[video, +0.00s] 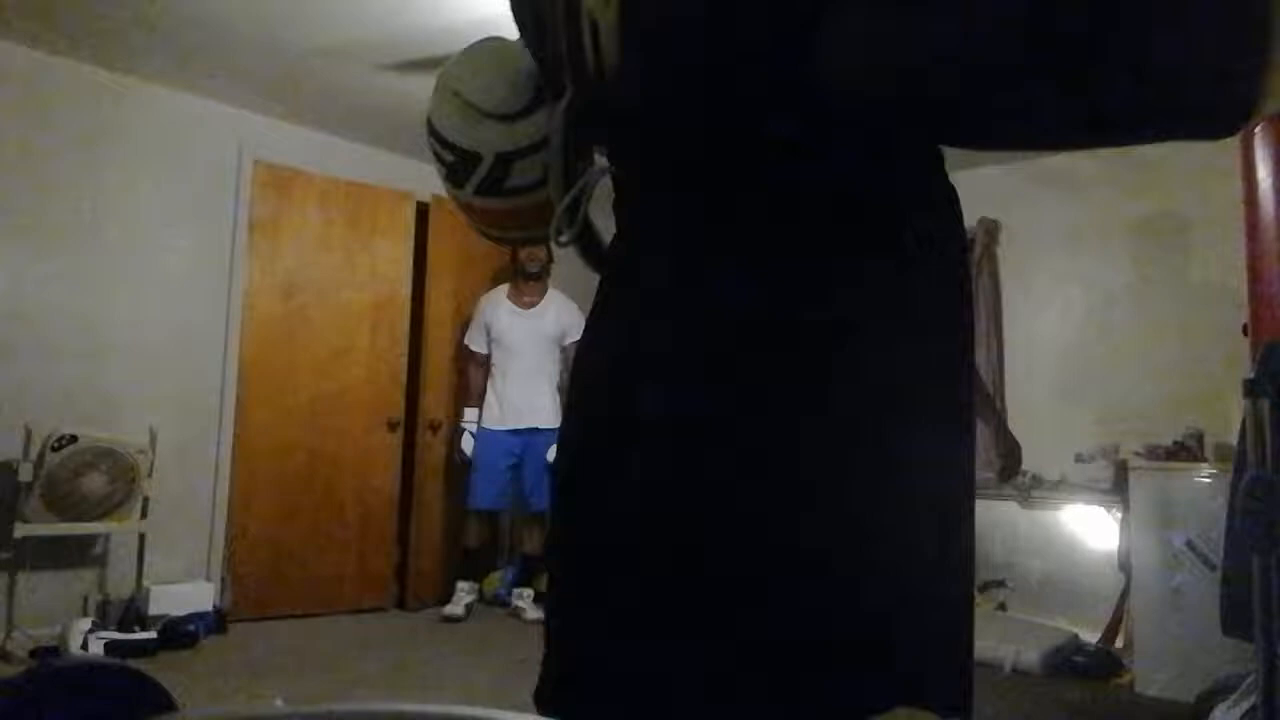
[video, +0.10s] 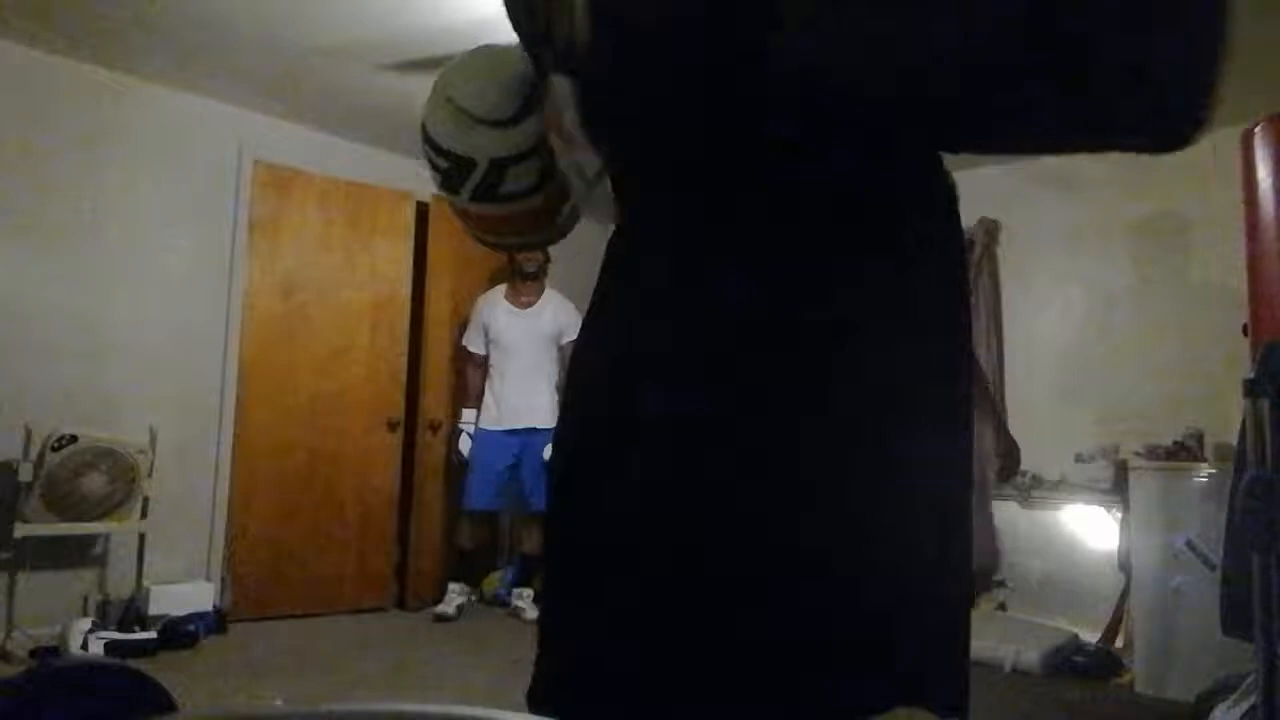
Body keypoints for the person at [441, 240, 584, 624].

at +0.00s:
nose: (533, 256)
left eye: (539, 250)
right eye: (526, 249)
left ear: (549, 259)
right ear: (515, 257)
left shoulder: (566, 311)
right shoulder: (491, 304)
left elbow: (576, 374)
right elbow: (477, 364)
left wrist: (569, 432)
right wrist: (470, 420)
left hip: (544, 428)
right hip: (496, 425)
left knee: (537, 513)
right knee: (480, 509)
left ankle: (525, 590)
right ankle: (467, 586)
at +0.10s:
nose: (530, 259)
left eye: (536, 254)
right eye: (524, 253)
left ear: (546, 261)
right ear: (511, 259)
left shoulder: (563, 310)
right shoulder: (488, 304)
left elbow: (574, 374)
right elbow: (475, 366)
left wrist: (565, 431)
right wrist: (467, 422)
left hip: (542, 428)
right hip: (494, 426)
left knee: (535, 514)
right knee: (474, 510)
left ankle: (525, 590)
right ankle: (460, 587)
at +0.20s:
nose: (522, 262)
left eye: (529, 256)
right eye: (516, 255)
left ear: (539, 262)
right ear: (504, 260)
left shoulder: (558, 308)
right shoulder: (482, 304)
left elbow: (572, 370)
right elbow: (470, 365)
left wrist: (562, 426)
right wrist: (461, 421)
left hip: (538, 426)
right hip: (489, 424)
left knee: (532, 512)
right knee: (466, 508)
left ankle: (524, 589)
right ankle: (455, 588)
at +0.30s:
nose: (514, 252)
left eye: (521, 247)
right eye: (507, 246)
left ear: (531, 257)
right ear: (495, 255)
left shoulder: (549, 306)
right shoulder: (475, 303)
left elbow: (564, 369)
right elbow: (462, 366)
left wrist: (557, 424)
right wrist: (453, 422)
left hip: (533, 425)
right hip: (482, 424)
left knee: (526, 512)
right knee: (462, 509)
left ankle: (521, 590)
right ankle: (453, 589)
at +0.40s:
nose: (504, 250)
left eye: (510, 244)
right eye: (497, 244)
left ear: (520, 253)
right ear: (486, 252)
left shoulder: (542, 305)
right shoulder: (466, 303)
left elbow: (553, 371)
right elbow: (454, 365)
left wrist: (549, 424)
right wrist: (444, 421)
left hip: (526, 423)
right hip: (476, 423)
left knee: (520, 513)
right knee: (461, 510)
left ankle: (516, 588)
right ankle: (452, 589)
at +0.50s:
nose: (491, 256)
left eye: (498, 250)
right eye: (486, 250)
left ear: (511, 257)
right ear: (477, 255)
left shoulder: (532, 304)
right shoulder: (459, 303)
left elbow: (548, 369)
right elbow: (445, 365)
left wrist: (545, 420)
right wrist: (436, 420)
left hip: (520, 424)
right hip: (471, 424)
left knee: (516, 511)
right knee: (458, 509)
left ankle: (511, 587)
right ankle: (450, 590)